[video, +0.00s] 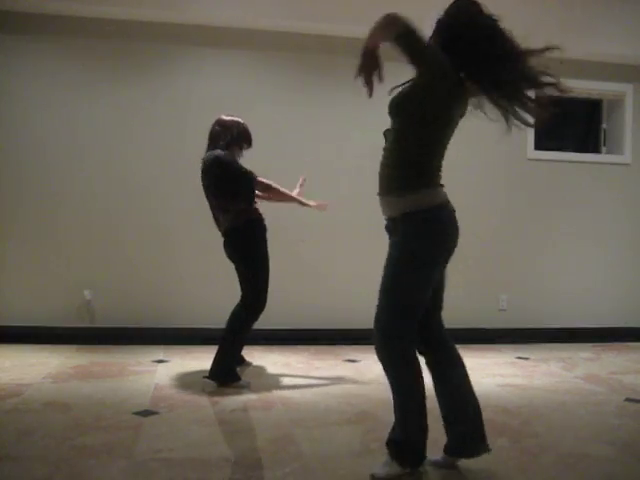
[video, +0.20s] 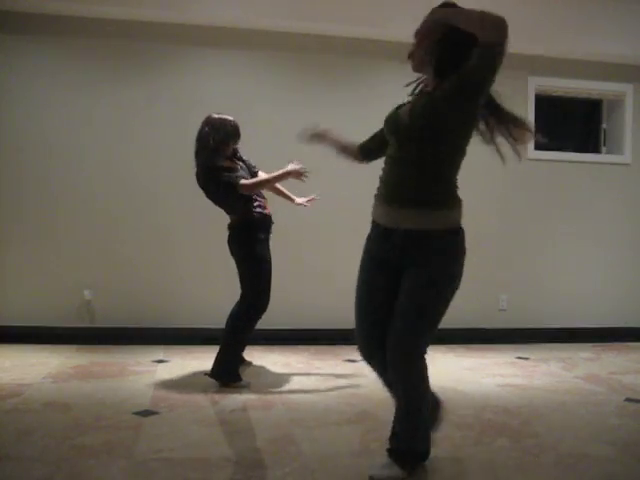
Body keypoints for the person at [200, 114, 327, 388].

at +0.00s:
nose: (243, 150)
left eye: (244, 145)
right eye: (241, 144)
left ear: (219, 137)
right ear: (231, 139)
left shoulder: (213, 162)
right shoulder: (223, 162)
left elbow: (254, 190)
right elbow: (262, 187)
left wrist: (289, 192)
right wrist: (303, 202)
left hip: (237, 236)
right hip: (247, 235)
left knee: (251, 298)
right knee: (254, 301)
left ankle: (231, 354)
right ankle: (222, 370)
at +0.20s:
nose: (235, 146)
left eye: (236, 141)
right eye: (231, 141)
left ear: (229, 140)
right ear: (216, 142)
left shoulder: (233, 158)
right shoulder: (210, 171)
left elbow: (262, 178)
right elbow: (245, 187)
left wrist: (292, 198)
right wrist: (286, 173)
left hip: (257, 234)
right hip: (246, 237)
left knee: (255, 299)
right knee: (254, 301)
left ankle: (230, 355)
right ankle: (224, 368)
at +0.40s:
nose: (229, 151)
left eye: (229, 146)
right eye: (226, 146)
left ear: (209, 146)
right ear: (214, 146)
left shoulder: (220, 167)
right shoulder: (211, 171)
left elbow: (262, 176)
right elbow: (247, 184)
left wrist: (300, 176)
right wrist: (261, 169)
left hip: (257, 235)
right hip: (251, 239)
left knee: (253, 299)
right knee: (252, 301)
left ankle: (231, 353)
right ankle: (222, 371)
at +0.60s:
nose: (225, 157)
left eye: (225, 153)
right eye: (222, 153)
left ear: (203, 154)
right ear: (213, 154)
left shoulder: (208, 176)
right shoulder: (217, 179)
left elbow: (249, 170)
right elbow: (250, 194)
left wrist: (284, 158)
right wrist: (267, 183)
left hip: (251, 238)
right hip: (257, 239)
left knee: (251, 303)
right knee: (251, 305)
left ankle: (231, 352)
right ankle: (220, 373)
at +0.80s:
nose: (219, 166)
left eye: (219, 161)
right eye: (217, 161)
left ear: (196, 163)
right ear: (208, 163)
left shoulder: (206, 185)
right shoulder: (210, 189)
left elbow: (245, 179)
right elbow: (246, 208)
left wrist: (281, 175)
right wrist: (283, 201)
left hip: (253, 240)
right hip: (259, 241)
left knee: (255, 302)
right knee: (261, 305)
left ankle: (230, 357)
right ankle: (225, 369)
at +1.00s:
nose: (200, 158)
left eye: (200, 153)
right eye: (192, 158)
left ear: (207, 157)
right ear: (184, 169)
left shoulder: (213, 189)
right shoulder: (207, 194)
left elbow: (249, 213)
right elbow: (242, 224)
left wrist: (278, 224)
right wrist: (283, 237)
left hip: (258, 243)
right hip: (256, 246)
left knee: (256, 304)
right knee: (255, 307)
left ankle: (231, 353)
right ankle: (220, 372)